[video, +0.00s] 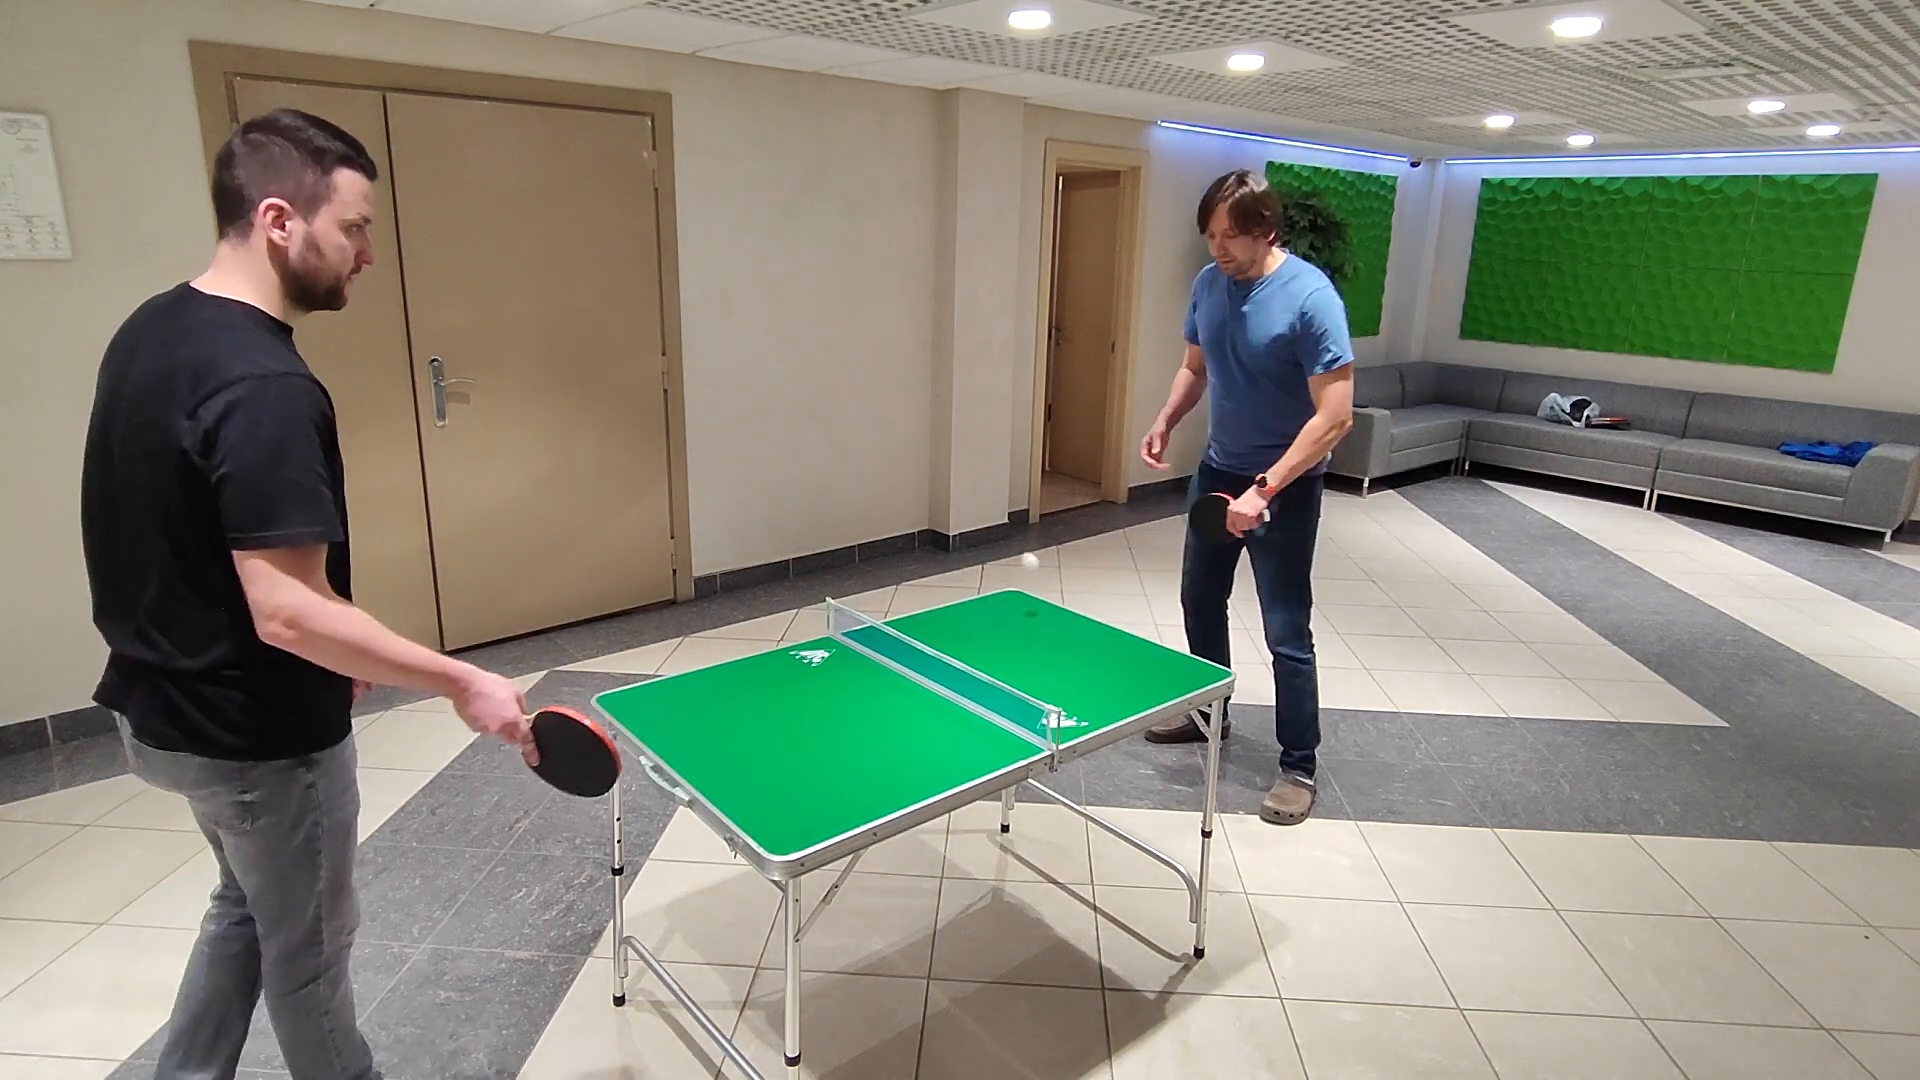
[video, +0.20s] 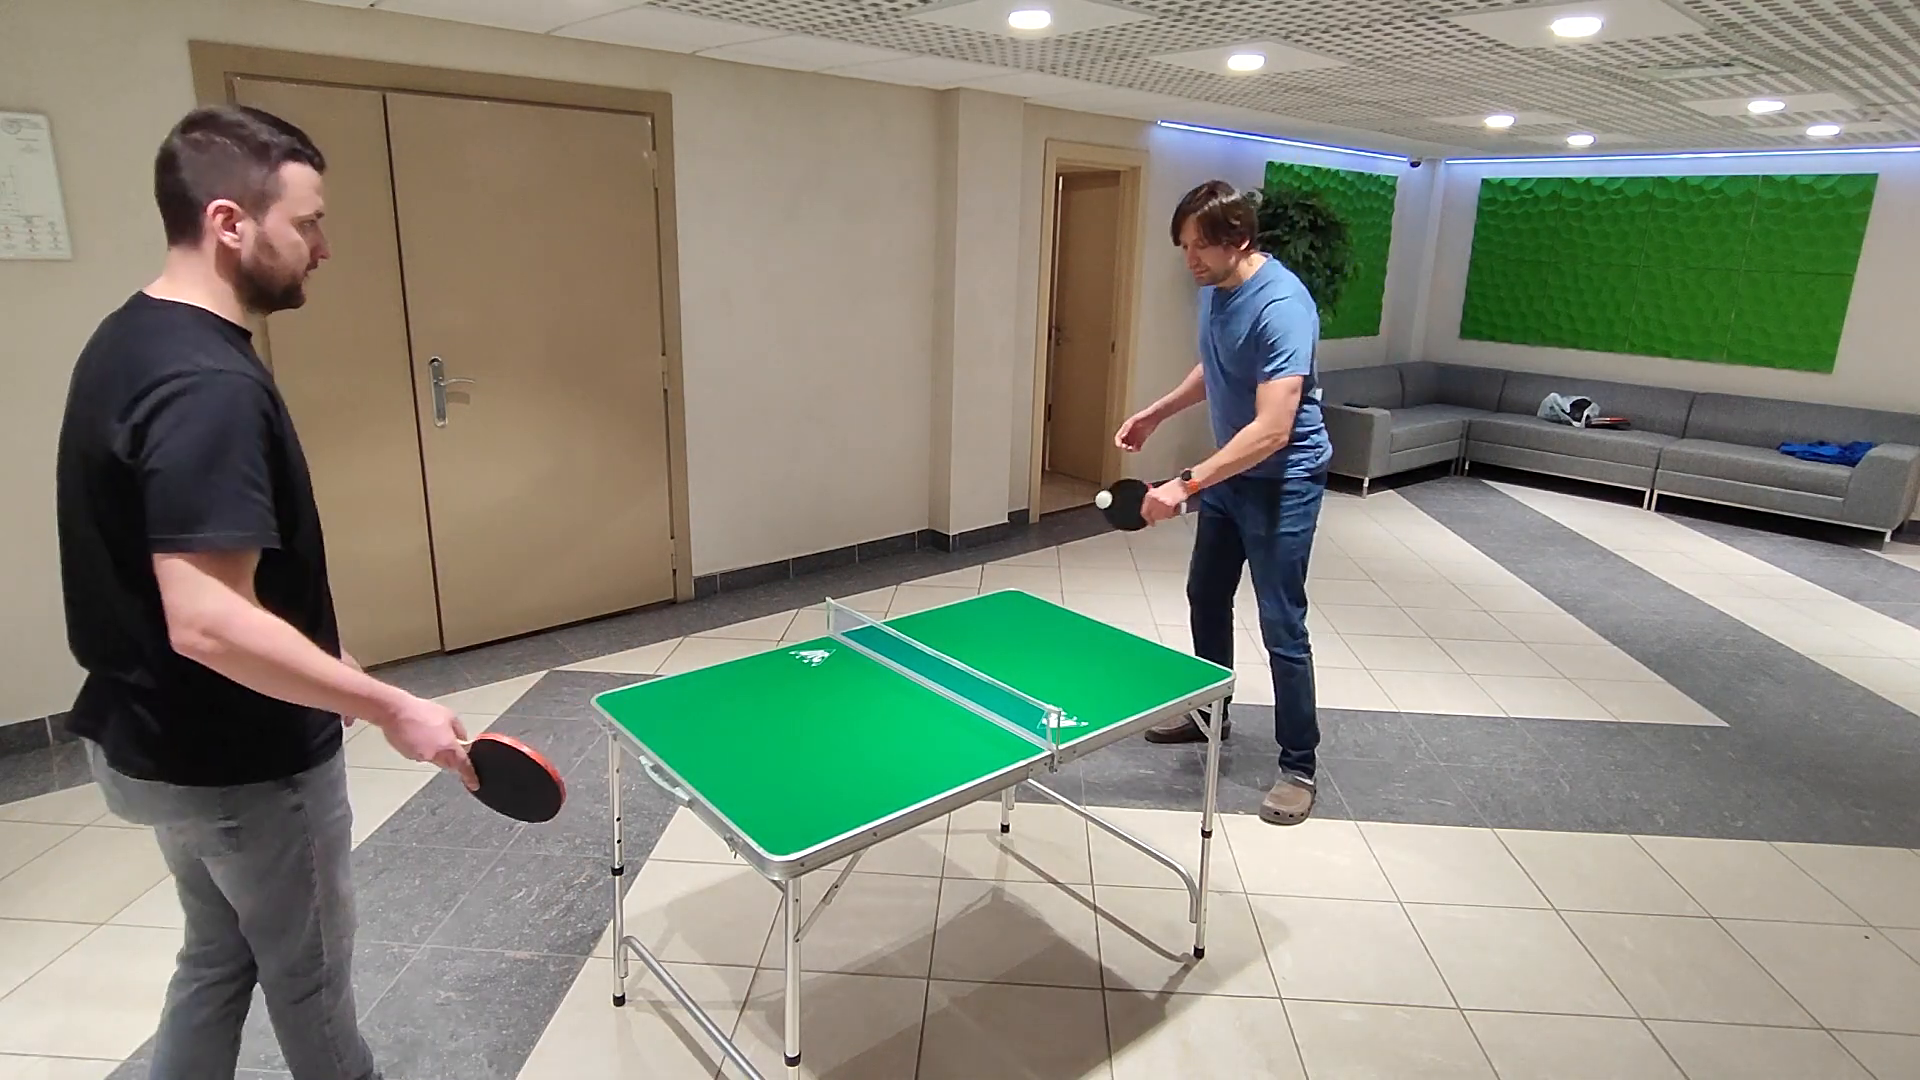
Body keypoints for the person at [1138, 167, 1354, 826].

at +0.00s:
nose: (1215, 248)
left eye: (1227, 237)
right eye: (1210, 236)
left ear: (1265, 233)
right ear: (1209, 233)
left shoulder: (1312, 299)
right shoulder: (1209, 283)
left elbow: (1336, 416)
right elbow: (1196, 367)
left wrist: (1263, 490)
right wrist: (1165, 421)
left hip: (1286, 486)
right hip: (1220, 474)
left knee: (1286, 635)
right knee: (1200, 604)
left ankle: (1297, 771)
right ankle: (1206, 712)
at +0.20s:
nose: (1188, 260)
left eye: (1196, 247)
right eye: (1185, 248)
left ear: (1235, 241)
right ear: (1214, 244)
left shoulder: (1281, 308)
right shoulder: (1220, 289)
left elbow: (1272, 430)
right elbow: (1216, 369)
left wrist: (1187, 484)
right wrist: (1154, 415)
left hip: (1281, 484)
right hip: (1225, 477)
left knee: (1282, 626)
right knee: (1207, 597)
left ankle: (1298, 770)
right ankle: (1209, 710)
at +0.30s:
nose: (1181, 264)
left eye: (1188, 252)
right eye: (1177, 252)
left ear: (1228, 246)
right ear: (1213, 248)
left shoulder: (1267, 309)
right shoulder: (1225, 293)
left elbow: (1233, 430)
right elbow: (1223, 373)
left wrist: (1149, 486)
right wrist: (1166, 409)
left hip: (1284, 478)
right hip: (1233, 470)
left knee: (1280, 624)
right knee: (1212, 592)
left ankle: (1297, 769)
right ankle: (1209, 710)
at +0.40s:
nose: (1175, 266)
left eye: (1182, 253)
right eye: (1171, 254)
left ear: (1221, 247)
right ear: (1212, 249)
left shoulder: (1261, 307)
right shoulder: (1224, 292)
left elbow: (1209, 411)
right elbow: (1233, 371)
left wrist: (1122, 477)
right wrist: (1188, 403)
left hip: (1288, 472)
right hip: (1241, 464)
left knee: (1278, 620)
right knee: (1219, 592)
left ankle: (1298, 771)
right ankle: (1211, 711)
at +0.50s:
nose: (1173, 264)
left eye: (1180, 252)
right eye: (1170, 253)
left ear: (1220, 247)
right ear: (1213, 248)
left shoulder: (1258, 306)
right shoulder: (1222, 289)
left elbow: (1192, 398)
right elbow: (1225, 364)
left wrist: (1113, 468)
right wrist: (1200, 412)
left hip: (1290, 472)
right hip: (1243, 465)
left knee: (1278, 618)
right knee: (1223, 593)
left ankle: (1298, 771)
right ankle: (1210, 711)